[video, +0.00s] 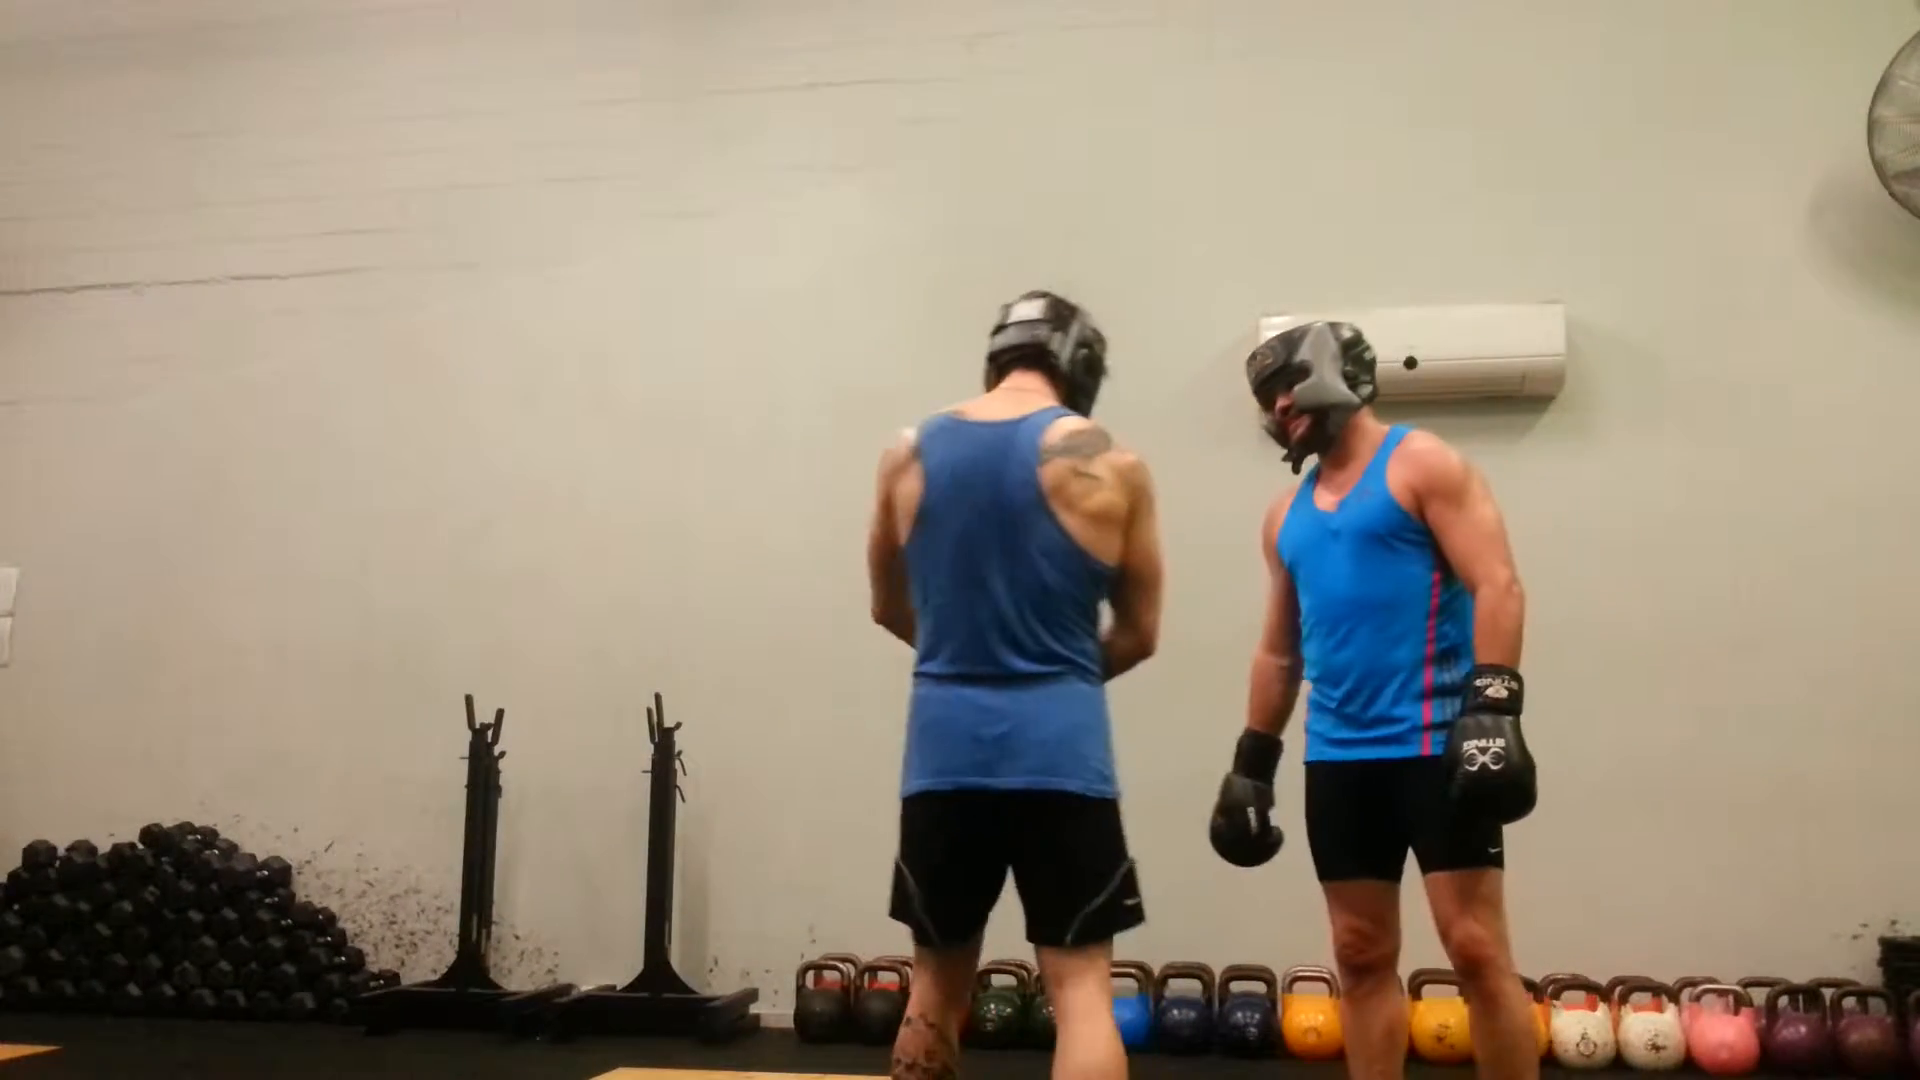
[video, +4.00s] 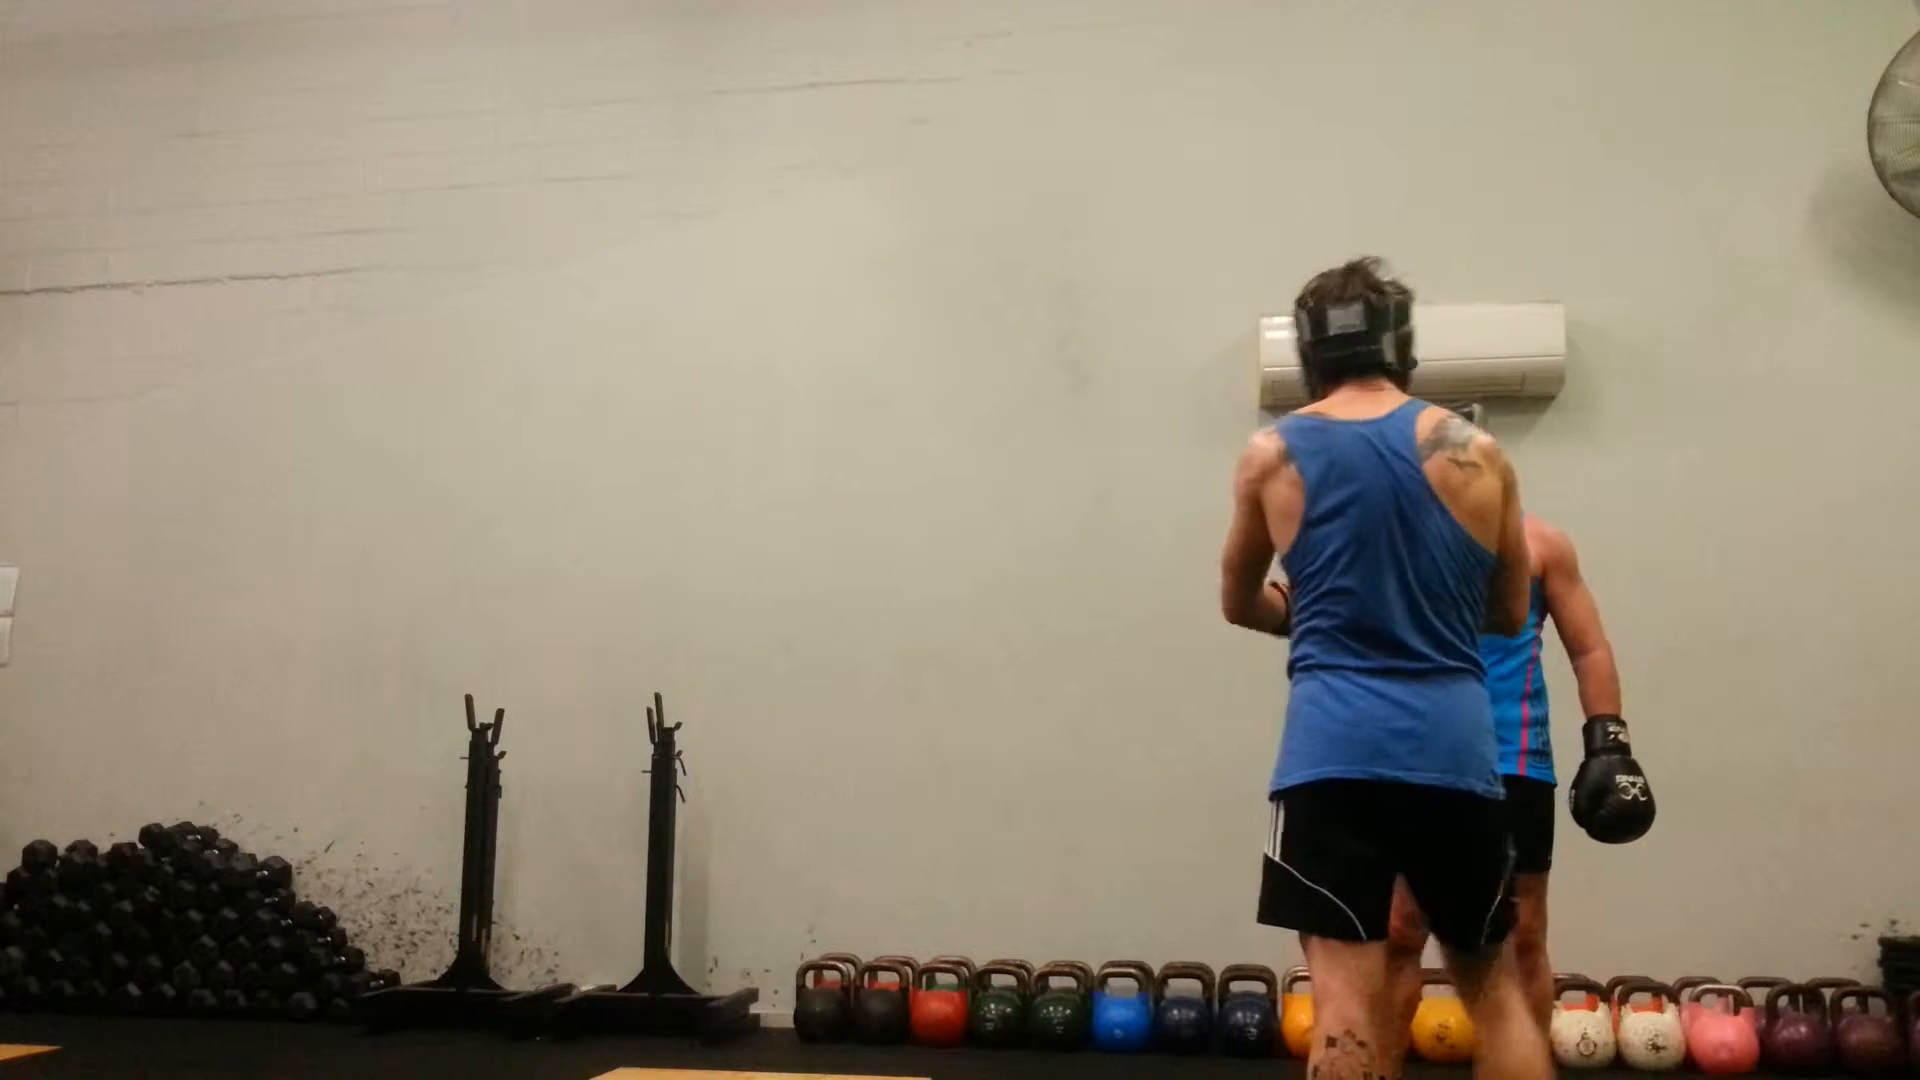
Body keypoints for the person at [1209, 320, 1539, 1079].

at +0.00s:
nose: (1277, 410)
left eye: (1288, 388)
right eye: (1267, 399)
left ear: (1338, 376)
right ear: (1273, 415)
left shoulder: (1424, 466)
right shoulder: (1286, 516)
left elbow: (1498, 585)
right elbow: (1278, 651)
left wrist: (1493, 713)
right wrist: (1250, 769)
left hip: (1442, 752)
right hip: (1339, 762)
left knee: (1475, 951)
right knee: (1359, 954)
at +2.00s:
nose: (1352, 468)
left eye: (1364, 452)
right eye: (1336, 460)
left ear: (1394, 453)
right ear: (1323, 474)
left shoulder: (1458, 537)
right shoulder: (1317, 563)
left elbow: (1516, 636)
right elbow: (1300, 663)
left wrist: (1545, 735)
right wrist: (1290, 729)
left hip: (1452, 767)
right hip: (1358, 772)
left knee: (1485, 932)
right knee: (1365, 934)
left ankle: (1512, 1073)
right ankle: (1371, 1073)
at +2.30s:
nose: (1394, 467)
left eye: (1407, 452)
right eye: (1378, 458)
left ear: (1438, 453)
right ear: (1364, 471)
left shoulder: (1499, 538)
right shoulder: (1357, 555)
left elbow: (1554, 641)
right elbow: (1326, 667)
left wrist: (1570, 738)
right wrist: (1340, 617)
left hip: (1486, 766)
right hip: (1393, 768)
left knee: (1507, 933)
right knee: (1383, 932)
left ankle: (1521, 1074)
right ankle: (1378, 1075)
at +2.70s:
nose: (1434, 474)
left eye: (1447, 460)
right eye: (1421, 462)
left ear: (1478, 463)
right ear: (1404, 469)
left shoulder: (1533, 545)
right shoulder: (1399, 548)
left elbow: (1583, 652)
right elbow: (1351, 624)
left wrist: (1600, 749)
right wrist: (1396, 510)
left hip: (1515, 766)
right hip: (1420, 767)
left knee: (1523, 934)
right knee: (1398, 940)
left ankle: (1527, 1073)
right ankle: (1382, 1075)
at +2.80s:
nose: (1441, 476)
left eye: (1452, 462)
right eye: (1429, 463)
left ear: (1479, 464)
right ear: (1412, 472)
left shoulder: (1539, 547)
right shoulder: (1404, 548)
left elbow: (1586, 655)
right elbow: (1359, 643)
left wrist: (1608, 754)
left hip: (1517, 768)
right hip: (1421, 767)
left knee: (1524, 933)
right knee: (1403, 935)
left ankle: (1526, 1073)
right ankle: (1382, 1070)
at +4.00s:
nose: (1448, 470)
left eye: (1459, 450)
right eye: (1432, 450)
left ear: (1485, 465)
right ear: (1412, 472)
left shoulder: (1536, 542)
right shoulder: (1394, 550)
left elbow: (1588, 648)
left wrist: (1607, 743)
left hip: (1515, 766)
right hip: (1418, 765)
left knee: (1523, 937)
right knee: (1398, 934)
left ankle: (1531, 1066)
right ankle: (1380, 1068)